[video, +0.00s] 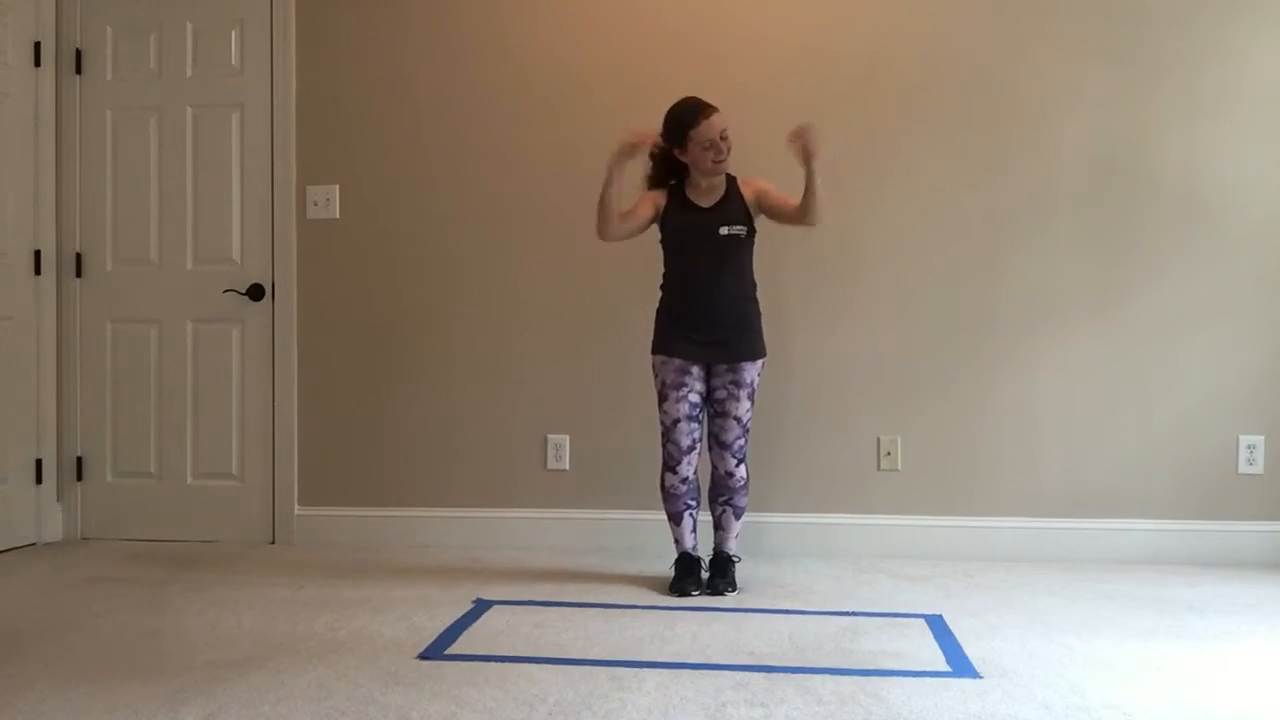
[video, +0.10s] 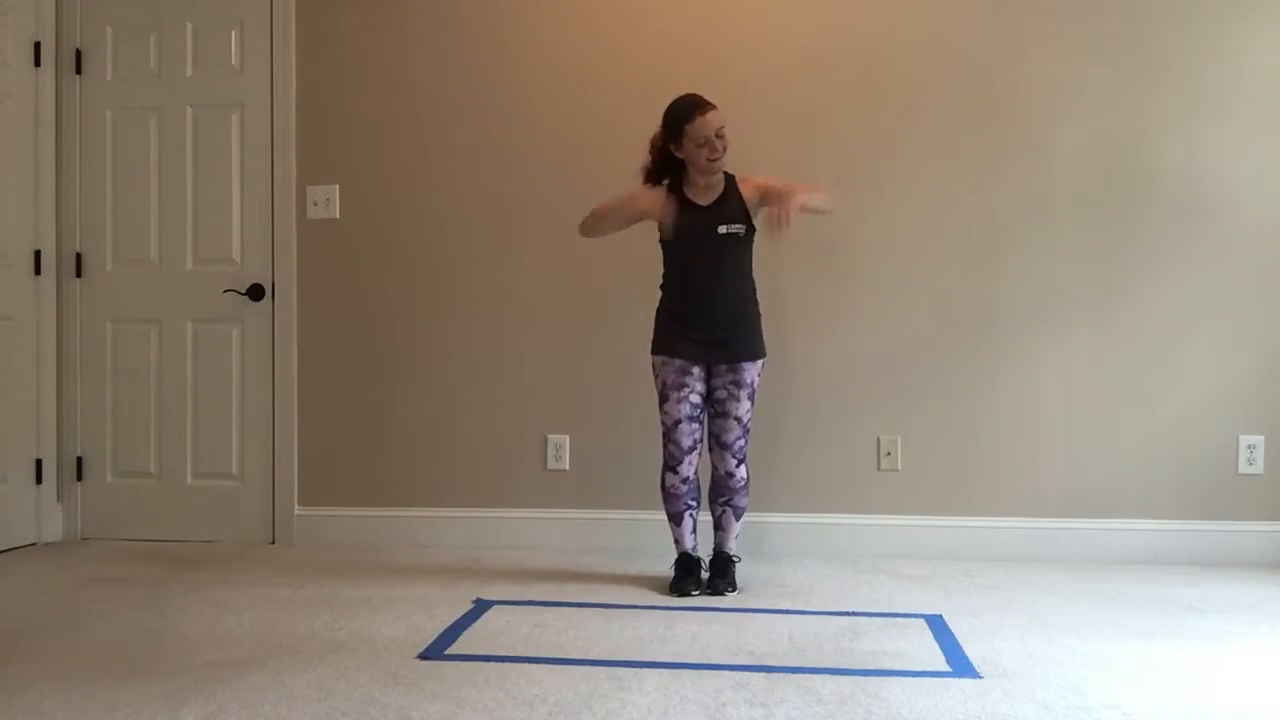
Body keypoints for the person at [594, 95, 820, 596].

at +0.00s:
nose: (722, 147)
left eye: (725, 137)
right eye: (709, 143)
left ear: (730, 138)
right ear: (682, 152)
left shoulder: (747, 191)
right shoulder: (663, 200)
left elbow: (805, 214)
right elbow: (609, 230)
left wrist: (810, 166)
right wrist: (617, 165)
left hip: (739, 343)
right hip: (679, 342)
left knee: (730, 451)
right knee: (680, 451)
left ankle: (724, 556)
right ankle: (686, 558)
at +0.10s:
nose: (718, 145)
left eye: (721, 135)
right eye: (705, 140)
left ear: (727, 135)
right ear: (679, 149)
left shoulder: (746, 190)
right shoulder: (660, 200)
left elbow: (820, 198)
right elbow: (589, 228)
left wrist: (793, 198)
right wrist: (634, 206)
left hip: (739, 343)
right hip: (680, 343)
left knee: (729, 452)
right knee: (681, 451)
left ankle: (724, 555)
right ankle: (686, 558)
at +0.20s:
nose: (713, 140)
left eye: (719, 129)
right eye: (700, 133)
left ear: (727, 129)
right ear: (677, 141)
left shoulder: (749, 184)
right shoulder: (658, 195)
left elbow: (817, 210)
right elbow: (595, 235)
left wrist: (794, 250)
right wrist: (625, 266)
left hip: (738, 340)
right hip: (678, 341)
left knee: (728, 451)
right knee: (681, 450)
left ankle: (724, 556)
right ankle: (686, 558)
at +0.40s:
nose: (708, 131)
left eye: (715, 121)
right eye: (695, 123)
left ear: (725, 126)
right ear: (674, 131)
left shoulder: (748, 188)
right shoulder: (656, 194)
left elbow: (774, 264)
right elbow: (643, 272)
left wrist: (798, 332)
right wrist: (610, 340)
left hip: (737, 343)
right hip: (676, 343)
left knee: (728, 450)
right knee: (681, 450)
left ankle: (724, 555)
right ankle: (685, 557)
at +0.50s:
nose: (705, 129)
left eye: (713, 119)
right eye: (693, 121)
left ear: (724, 125)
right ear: (674, 130)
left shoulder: (750, 188)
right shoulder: (656, 192)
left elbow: (762, 265)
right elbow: (646, 268)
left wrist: (774, 333)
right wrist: (628, 333)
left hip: (736, 344)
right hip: (675, 343)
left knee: (728, 451)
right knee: (680, 451)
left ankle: (724, 555)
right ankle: (686, 557)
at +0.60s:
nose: (706, 128)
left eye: (713, 119)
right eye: (694, 121)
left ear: (724, 125)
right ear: (674, 131)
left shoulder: (749, 188)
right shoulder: (657, 191)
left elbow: (762, 267)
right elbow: (645, 269)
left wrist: (770, 340)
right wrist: (625, 333)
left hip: (735, 344)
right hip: (673, 344)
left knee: (727, 451)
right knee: (679, 451)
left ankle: (724, 555)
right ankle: (686, 557)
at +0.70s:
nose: (705, 128)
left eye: (713, 119)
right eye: (693, 121)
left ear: (725, 125)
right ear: (674, 131)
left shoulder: (749, 190)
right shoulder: (656, 192)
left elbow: (764, 268)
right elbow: (643, 267)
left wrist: (772, 343)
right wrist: (620, 329)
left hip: (733, 344)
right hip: (672, 344)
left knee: (725, 450)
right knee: (678, 450)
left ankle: (724, 555)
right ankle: (685, 557)